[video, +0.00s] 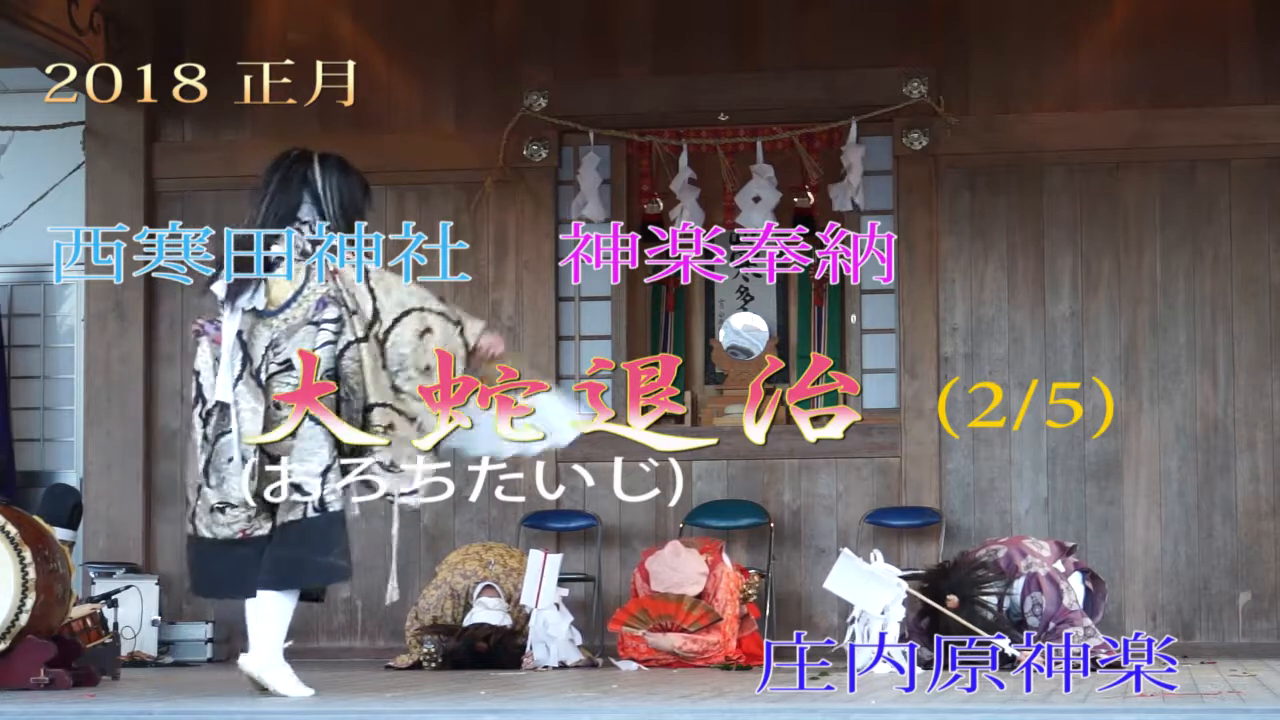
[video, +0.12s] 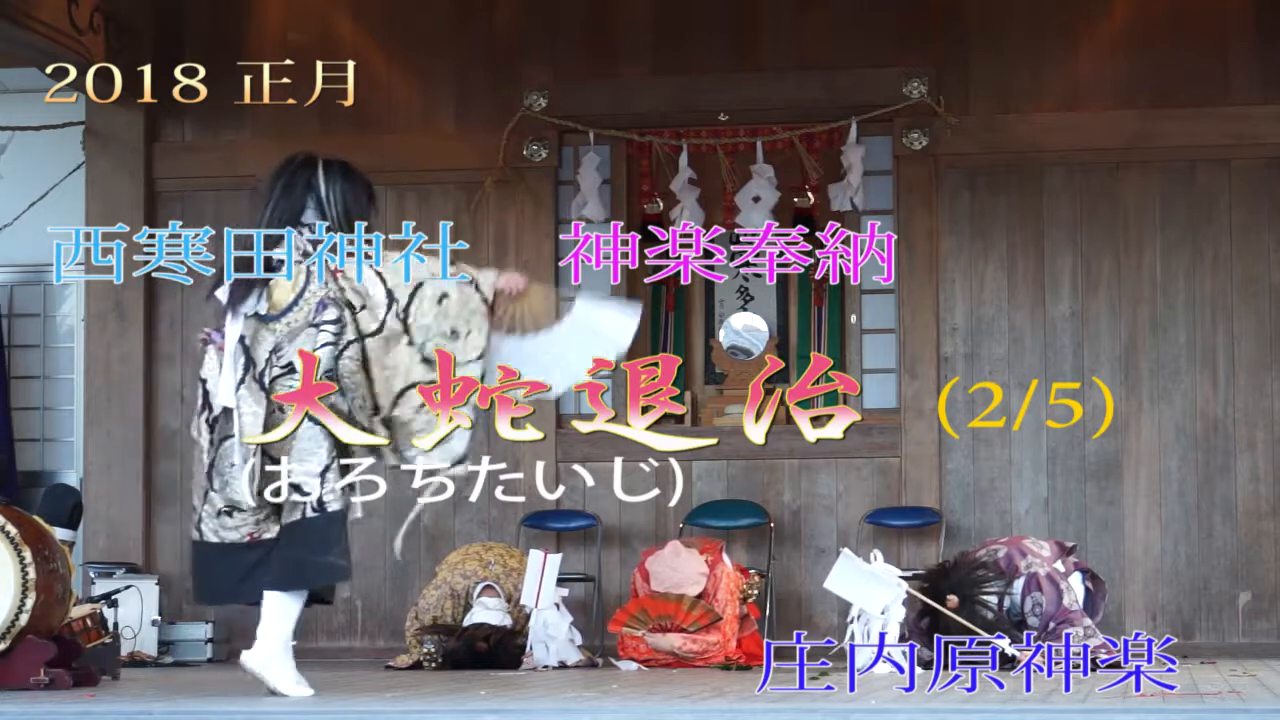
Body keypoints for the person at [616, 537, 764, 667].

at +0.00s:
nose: (679, 605)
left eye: (687, 597)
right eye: (670, 598)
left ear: (699, 582)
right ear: (655, 585)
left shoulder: (721, 575)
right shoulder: (641, 575)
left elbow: (723, 643)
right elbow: (629, 648)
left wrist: (671, 642)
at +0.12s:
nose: (677, 605)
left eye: (687, 597)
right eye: (669, 597)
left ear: (700, 582)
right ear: (655, 584)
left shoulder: (721, 576)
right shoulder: (641, 575)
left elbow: (723, 643)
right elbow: (628, 648)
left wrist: (672, 643)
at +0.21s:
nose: (679, 606)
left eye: (688, 597)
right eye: (669, 597)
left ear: (700, 581)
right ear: (656, 584)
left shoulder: (721, 575)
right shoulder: (641, 575)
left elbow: (723, 643)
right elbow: (628, 648)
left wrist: (671, 643)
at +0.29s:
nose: (678, 606)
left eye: (687, 597)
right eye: (669, 597)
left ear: (700, 582)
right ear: (655, 584)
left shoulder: (721, 575)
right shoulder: (641, 575)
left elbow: (723, 643)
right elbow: (628, 647)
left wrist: (671, 643)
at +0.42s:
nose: (678, 606)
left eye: (688, 597)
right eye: (669, 597)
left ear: (700, 581)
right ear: (656, 584)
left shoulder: (721, 575)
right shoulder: (641, 575)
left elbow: (723, 643)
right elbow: (628, 647)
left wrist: (672, 643)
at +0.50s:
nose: (680, 608)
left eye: (688, 599)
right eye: (670, 599)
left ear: (700, 582)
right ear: (655, 584)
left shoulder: (722, 576)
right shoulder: (642, 574)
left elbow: (723, 643)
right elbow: (628, 647)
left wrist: (673, 643)